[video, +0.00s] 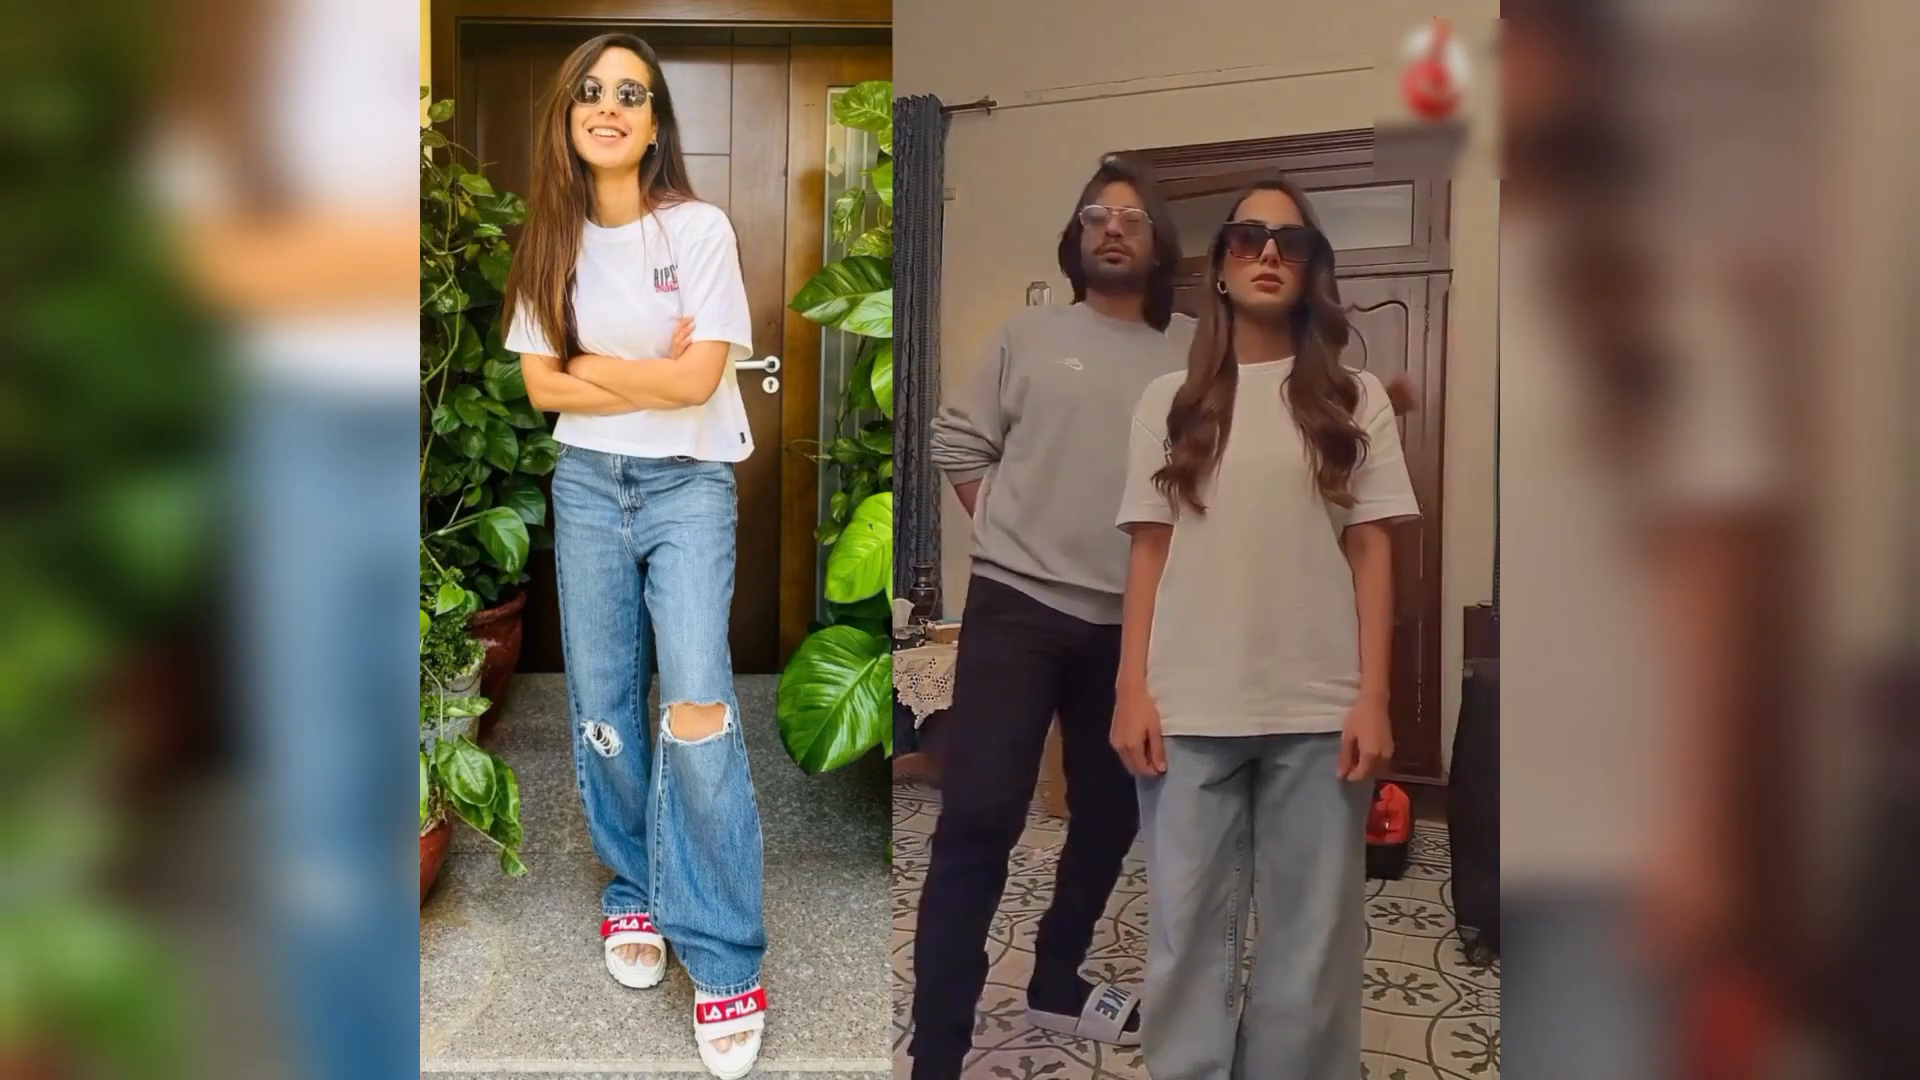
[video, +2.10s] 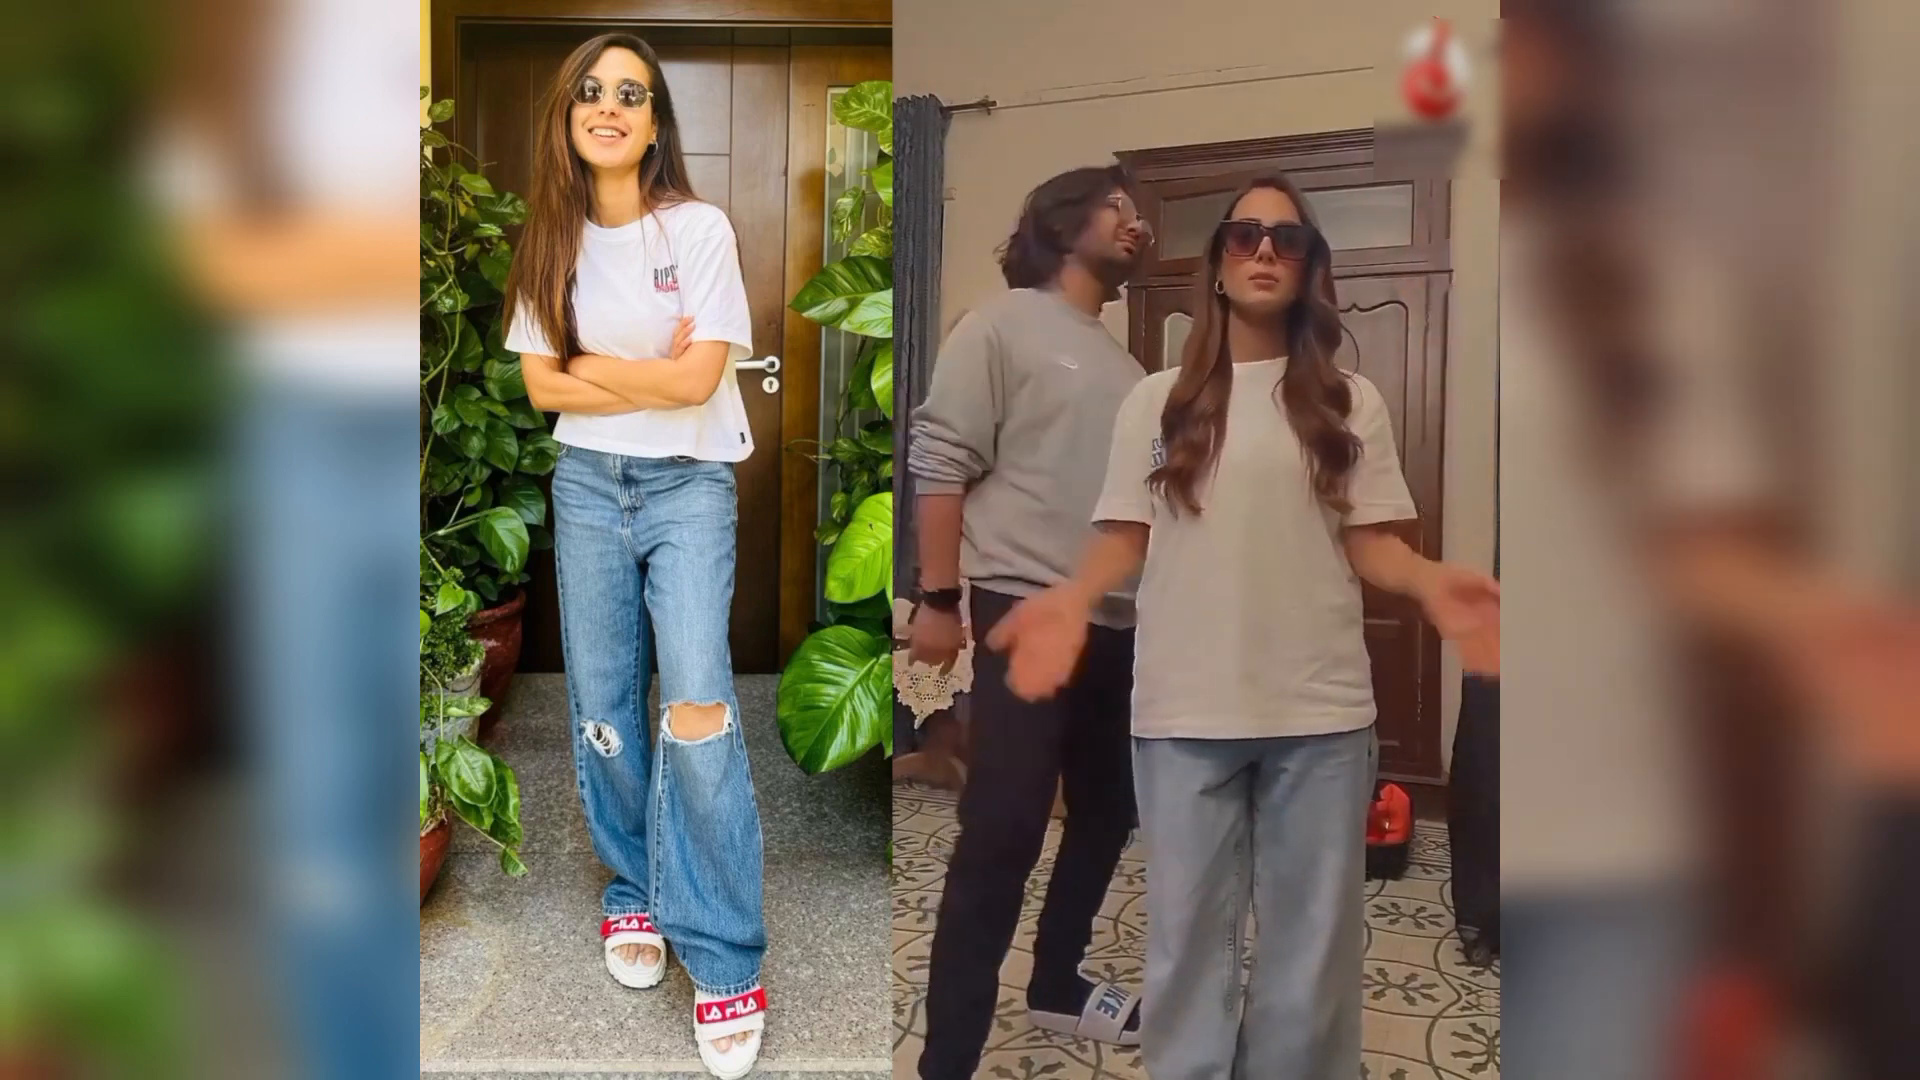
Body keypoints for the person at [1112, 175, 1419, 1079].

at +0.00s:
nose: (1267, 252)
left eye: (1290, 242)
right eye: (1247, 240)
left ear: (1314, 270)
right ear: (1221, 268)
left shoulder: (1353, 394)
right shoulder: (1171, 397)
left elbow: (1371, 552)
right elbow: (1148, 552)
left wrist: (1373, 699)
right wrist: (1132, 687)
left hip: (1321, 718)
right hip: (1188, 718)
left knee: (1310, 955)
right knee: (1183, 945)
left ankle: (1289, 1074)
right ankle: (1184, 1071)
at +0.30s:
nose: (1278, 249)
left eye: (1300, 240)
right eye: (1260, 235)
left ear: (1323, 271)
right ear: (1228, 261)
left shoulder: (1346, 395)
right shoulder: (1164, 390)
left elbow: (1366, 552)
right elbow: (1143, 544)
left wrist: (1386, 682)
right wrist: (1121, 671)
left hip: (1322, 714)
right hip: (1185, 712)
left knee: (1309, 954)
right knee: (1181, 944)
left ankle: (1290, 1073)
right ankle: (1186, 1068)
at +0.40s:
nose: (1274, 247)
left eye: (1295, 236)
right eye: (1255, 233)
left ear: (1320, 265)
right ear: (1225, 260)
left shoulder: (1351, 393)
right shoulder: (1168, 390)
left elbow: (1354, 542)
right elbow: (1164, 540)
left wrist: (1421, 535)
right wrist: (1103, 552)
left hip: (1320, 707)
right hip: (1185, 705)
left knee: (1310, 951)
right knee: (1183, 943)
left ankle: (1293, 1071)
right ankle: (1184, 1067)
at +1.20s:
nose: (1265, 247)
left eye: (1285, 236)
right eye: (1246, 233)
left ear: (1311, 265)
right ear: (1216, 262)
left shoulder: (1346, 396)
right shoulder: (1161, 394)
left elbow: (1353, 544)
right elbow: (1153, 541)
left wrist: (1426, 550)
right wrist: (1070, 544)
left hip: (1317, 708)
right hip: (1180, 707)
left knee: (1308, 949)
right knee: (1183, 942)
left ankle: (1294, 1072)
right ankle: (1185, 1068)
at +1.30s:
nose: (1264, 245)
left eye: (1285, 234)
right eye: (1246, 232)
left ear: (1311, 265)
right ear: (1216, 263)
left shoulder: (1344, 392)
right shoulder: (1163, 390)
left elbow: (1394, 540)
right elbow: (1115, 532)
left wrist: (1431, 407)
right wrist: (1066, 402)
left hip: (1317, 706)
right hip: (1181, 704)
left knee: (1309, 953)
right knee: (1182, 945)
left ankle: (1294, 1072)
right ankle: (1184, 1067)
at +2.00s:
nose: (1266, 248)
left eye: (1286, 236)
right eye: (1247, 234)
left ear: (1311, 263)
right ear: (1217, 258)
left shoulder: (1347, 392)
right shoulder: (1159, 391)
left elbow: (1384, 537)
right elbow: (1105, 531)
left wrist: (1471, 451)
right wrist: (1026, 446)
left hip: (1320, 707)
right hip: (1184, 708)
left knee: (1315, 944)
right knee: (1185, 938)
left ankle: (1294, 1075)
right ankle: (1186, 1069)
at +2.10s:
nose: (1265, 249)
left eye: (1286, 238)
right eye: (1246, 236)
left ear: (1312, 265)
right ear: (1218, 263)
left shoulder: (1350, 398)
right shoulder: (1159, 398)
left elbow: (1370, 539)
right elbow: (1124, 532)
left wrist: (1430, 579)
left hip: (1321, 713)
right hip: (1182, 713)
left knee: (1312, 948)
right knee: (1185, 940)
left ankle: (1297, 1070)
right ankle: (1186, 1066)